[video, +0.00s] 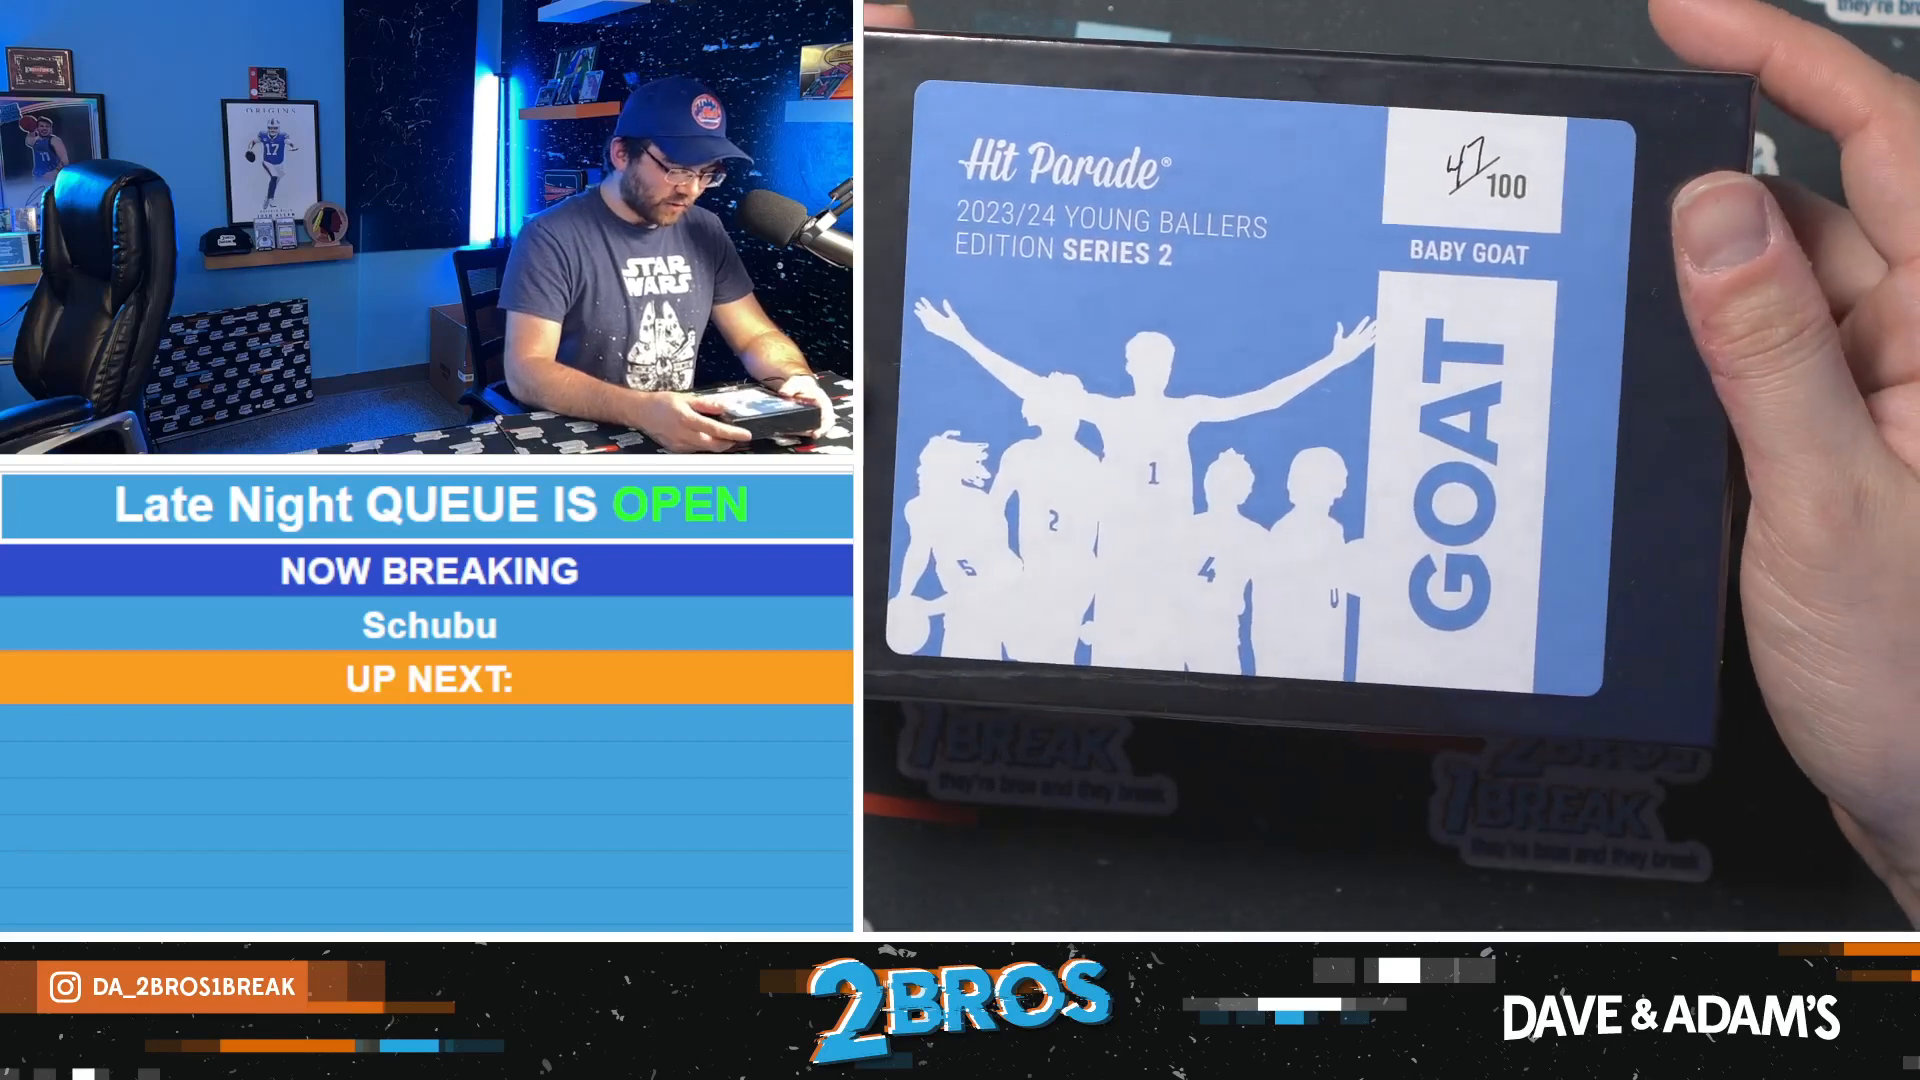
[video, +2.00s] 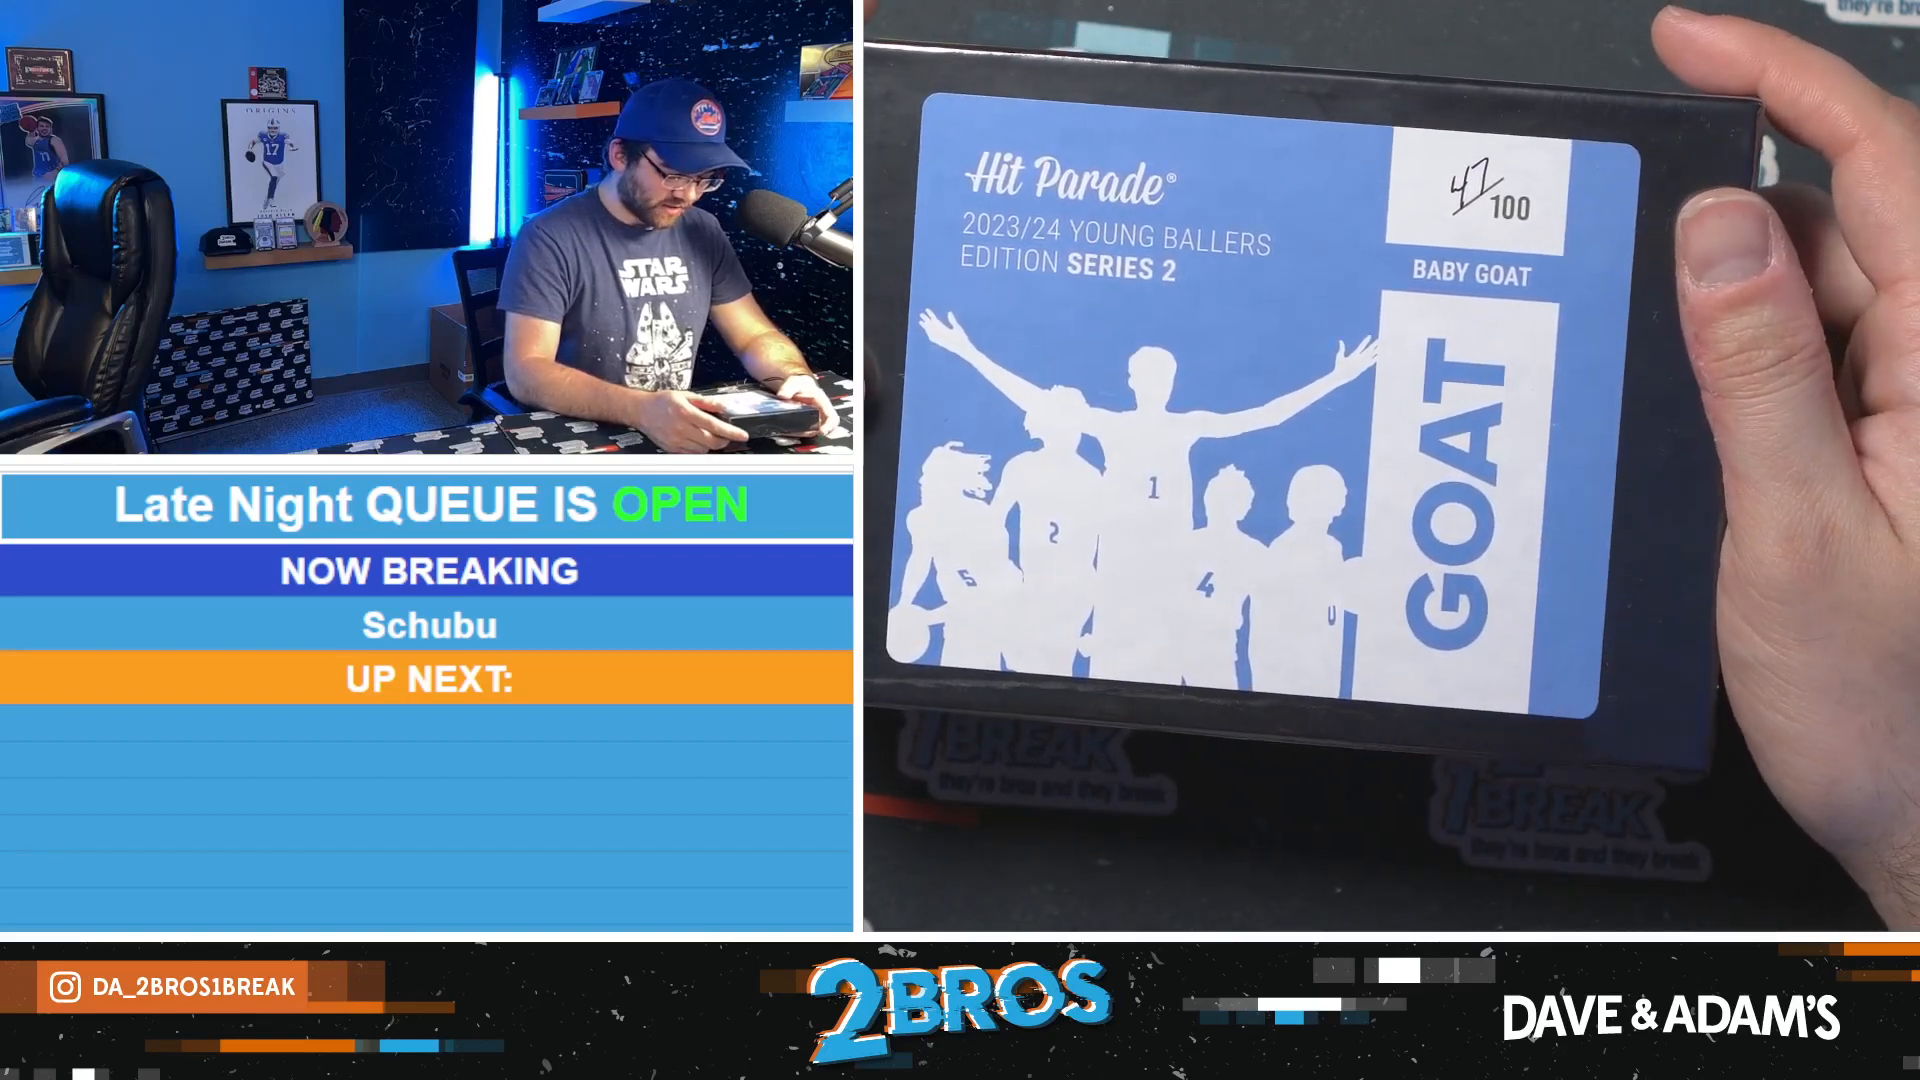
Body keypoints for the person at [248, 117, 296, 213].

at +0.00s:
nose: (273, 130)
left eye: (275, 128)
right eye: (271, 128)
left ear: (278, 128)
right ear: (268, 128)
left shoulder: (283, 136)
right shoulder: (263, 136)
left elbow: (290, 142)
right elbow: (253, 141)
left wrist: (292, 147)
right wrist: (250, 149)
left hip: (279, 164)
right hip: (267, 162)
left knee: (275, 182)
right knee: (274, 176)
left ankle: (267, 199)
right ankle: (270, 199)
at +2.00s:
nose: (273, 130)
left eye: (275, 128)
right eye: (271, 128)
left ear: (278, 128)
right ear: (268, 128)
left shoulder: (283, 136)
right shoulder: (263, 136)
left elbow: (290, 143)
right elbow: (253, 141)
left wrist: (292, 147)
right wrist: (250, 149)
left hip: (279, 164)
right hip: (267, 162)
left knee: (276, 182)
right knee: (274, 176)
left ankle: (267, 200)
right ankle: (270, 199)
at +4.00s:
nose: (273, 130)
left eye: (275, 128)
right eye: (271, 128)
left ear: (278, 128)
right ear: (268, 128)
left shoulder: (283, 136)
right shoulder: (263, 136)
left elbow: (290, 142)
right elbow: (254, 141)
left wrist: (292, 147)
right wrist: (250, 148)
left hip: (279, 164)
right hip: (267, 162)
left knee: (275, 182)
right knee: (274, 176)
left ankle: (267, 200)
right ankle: (270, 199)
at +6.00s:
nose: (273, 130)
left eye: (275, 128)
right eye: (271, 128)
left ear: (278, 128)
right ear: (268, 128)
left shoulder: (282, 136)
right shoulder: (263, 136)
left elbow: (290, 143)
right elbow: (253, 141)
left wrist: (293, 147)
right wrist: (250, 149)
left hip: (279, 164)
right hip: (267, 162)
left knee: (275, 182)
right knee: (274, 176)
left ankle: (267, 200)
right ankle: (270, 199)